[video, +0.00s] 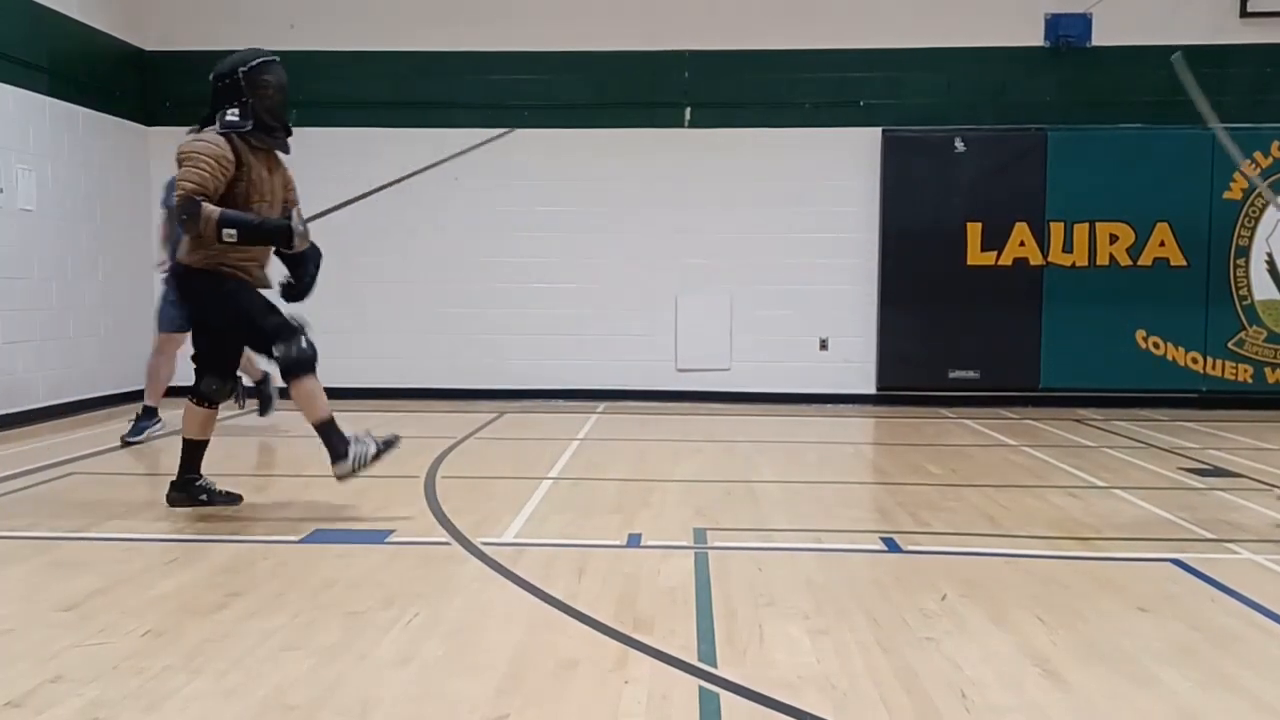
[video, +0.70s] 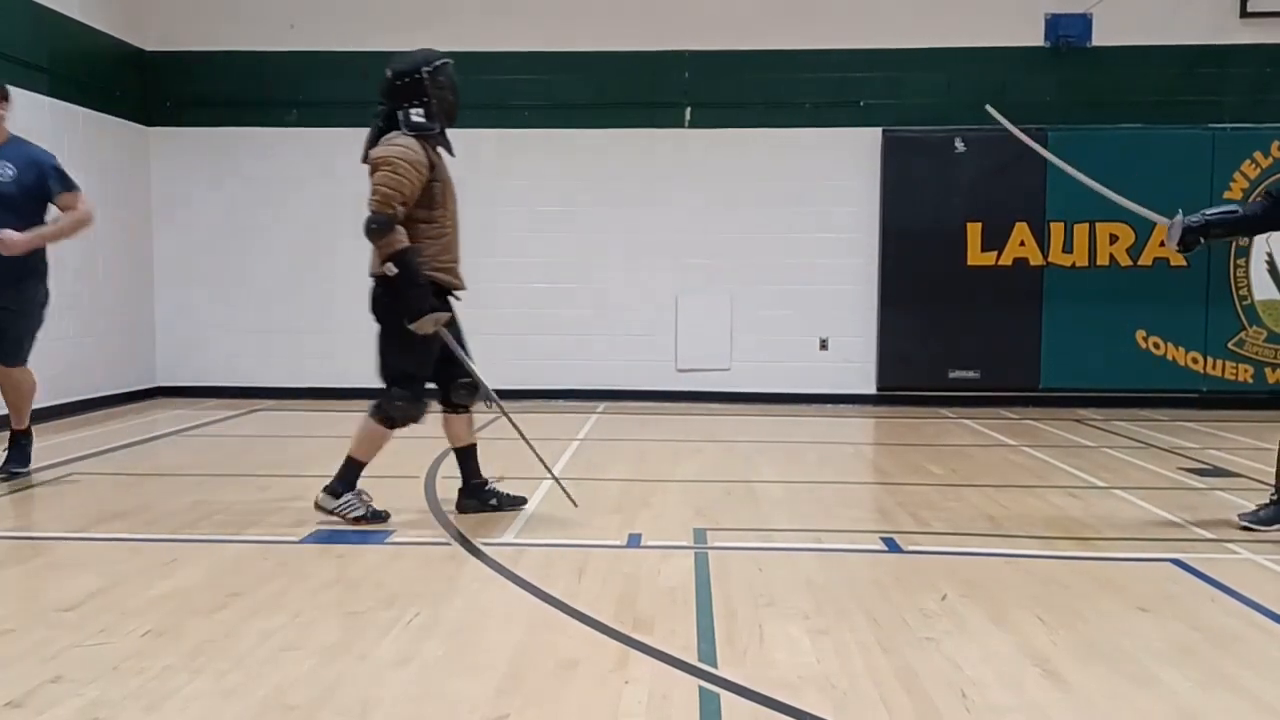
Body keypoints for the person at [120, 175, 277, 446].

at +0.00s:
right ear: (189, 155)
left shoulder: (229, 191)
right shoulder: (177, 187)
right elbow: (169, 228)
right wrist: (168, 256)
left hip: (219, 274)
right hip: (182, 273)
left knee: (227, 338)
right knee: (166, 341)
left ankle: (261, 378)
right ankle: (149, 413)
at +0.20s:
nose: (131, 157)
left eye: (140, 153)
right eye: (128, 150)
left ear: (157, 161)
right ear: (122, 155)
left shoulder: (178, 199)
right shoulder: (105, 197)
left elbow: (216, 237)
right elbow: (76, 232)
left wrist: (193, 276)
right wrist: (83, 249)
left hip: (159, 295)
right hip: (117, 296)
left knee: (127, 349)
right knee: (119, 362)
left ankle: (148, 415)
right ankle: (145, 416)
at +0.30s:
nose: (103, 141)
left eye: (112, 136)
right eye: (99, 135)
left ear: (130, 144)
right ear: (93, 140)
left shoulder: (152, 186)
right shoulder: (74, 181)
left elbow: (189, 223)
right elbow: (36, 216)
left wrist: (170, 265)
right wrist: (59, 230)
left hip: (132, 285)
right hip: (89, 287)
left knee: (94, 342)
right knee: (114, 355)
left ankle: (68, 428)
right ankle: (138, 408)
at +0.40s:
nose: (73, 134)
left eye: (83, 129)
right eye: (69, 128)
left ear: (102, 137)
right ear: (63, 133)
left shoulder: (125, 182)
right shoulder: (40, 175)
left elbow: (161, 223)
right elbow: (9, 213)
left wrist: (141, 268)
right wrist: (30, 241)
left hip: (100, 287)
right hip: (53, 285)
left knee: (61, 351)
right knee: (64, 356)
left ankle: (30, 439)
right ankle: (108, 394)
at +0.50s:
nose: (41, 140)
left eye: (51, 134)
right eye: (36, 133)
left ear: (70, 142)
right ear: (30, 138)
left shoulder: (93, 191)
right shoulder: (12, 182)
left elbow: (137, 238)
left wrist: (110, 280)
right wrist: (0, 275)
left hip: (68, 299)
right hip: (15, 294)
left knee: (31, 366)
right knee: (3, 370)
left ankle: (22, 445)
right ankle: (47, 400)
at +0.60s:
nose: (8, 131)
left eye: (18, 125)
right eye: (4, 124)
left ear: (39, 133)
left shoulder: (64, 185)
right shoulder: (1, 174)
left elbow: (111, 235)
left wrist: (68, 265)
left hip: (41, 301)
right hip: (2, 298)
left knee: (20, 376)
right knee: (15, 376)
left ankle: (21, 444)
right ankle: (20, 439)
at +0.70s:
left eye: (0, 107)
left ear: (6, 108)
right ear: (3, 109)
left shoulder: (31, 160)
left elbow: (82, 213)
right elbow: (80, 212)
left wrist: (28, 239)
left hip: (20, 281)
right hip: (2, 279)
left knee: (11, 363)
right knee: (8, 365)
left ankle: (20, 437)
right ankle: (18, 433)